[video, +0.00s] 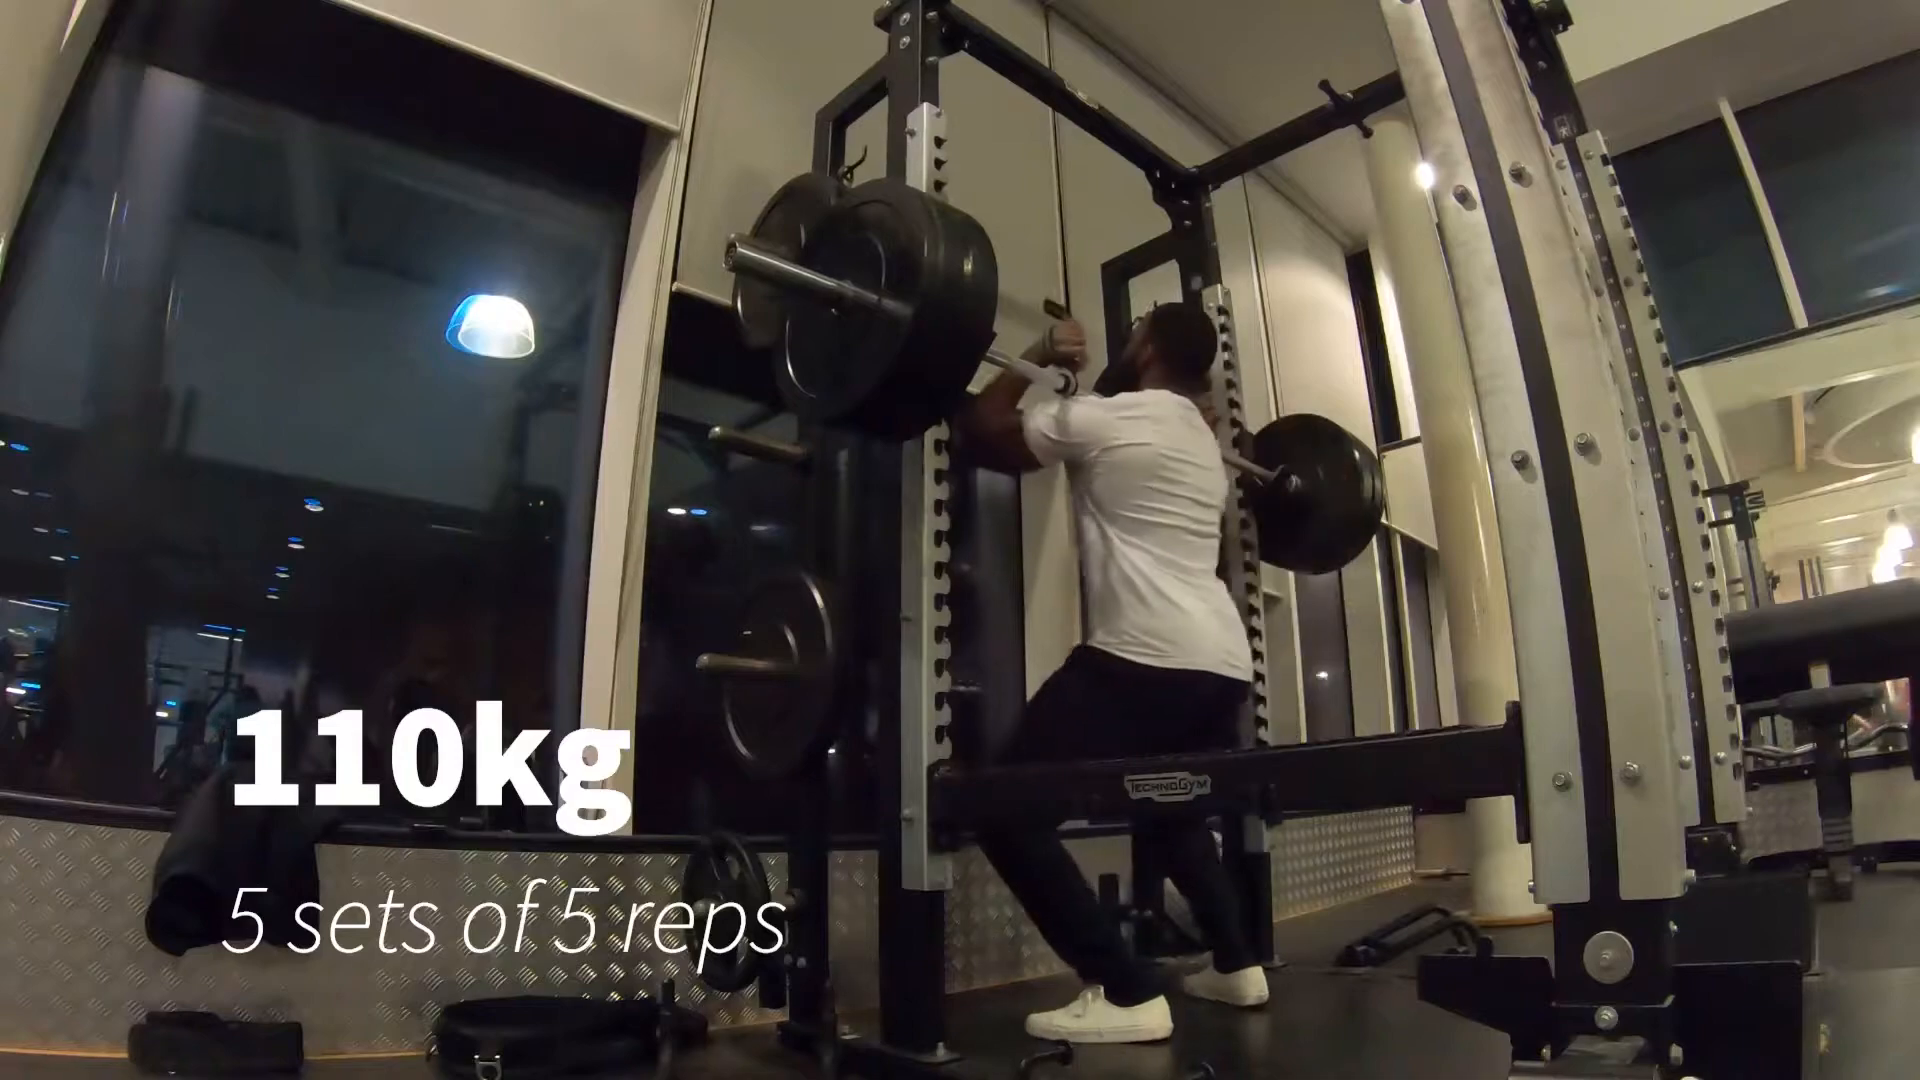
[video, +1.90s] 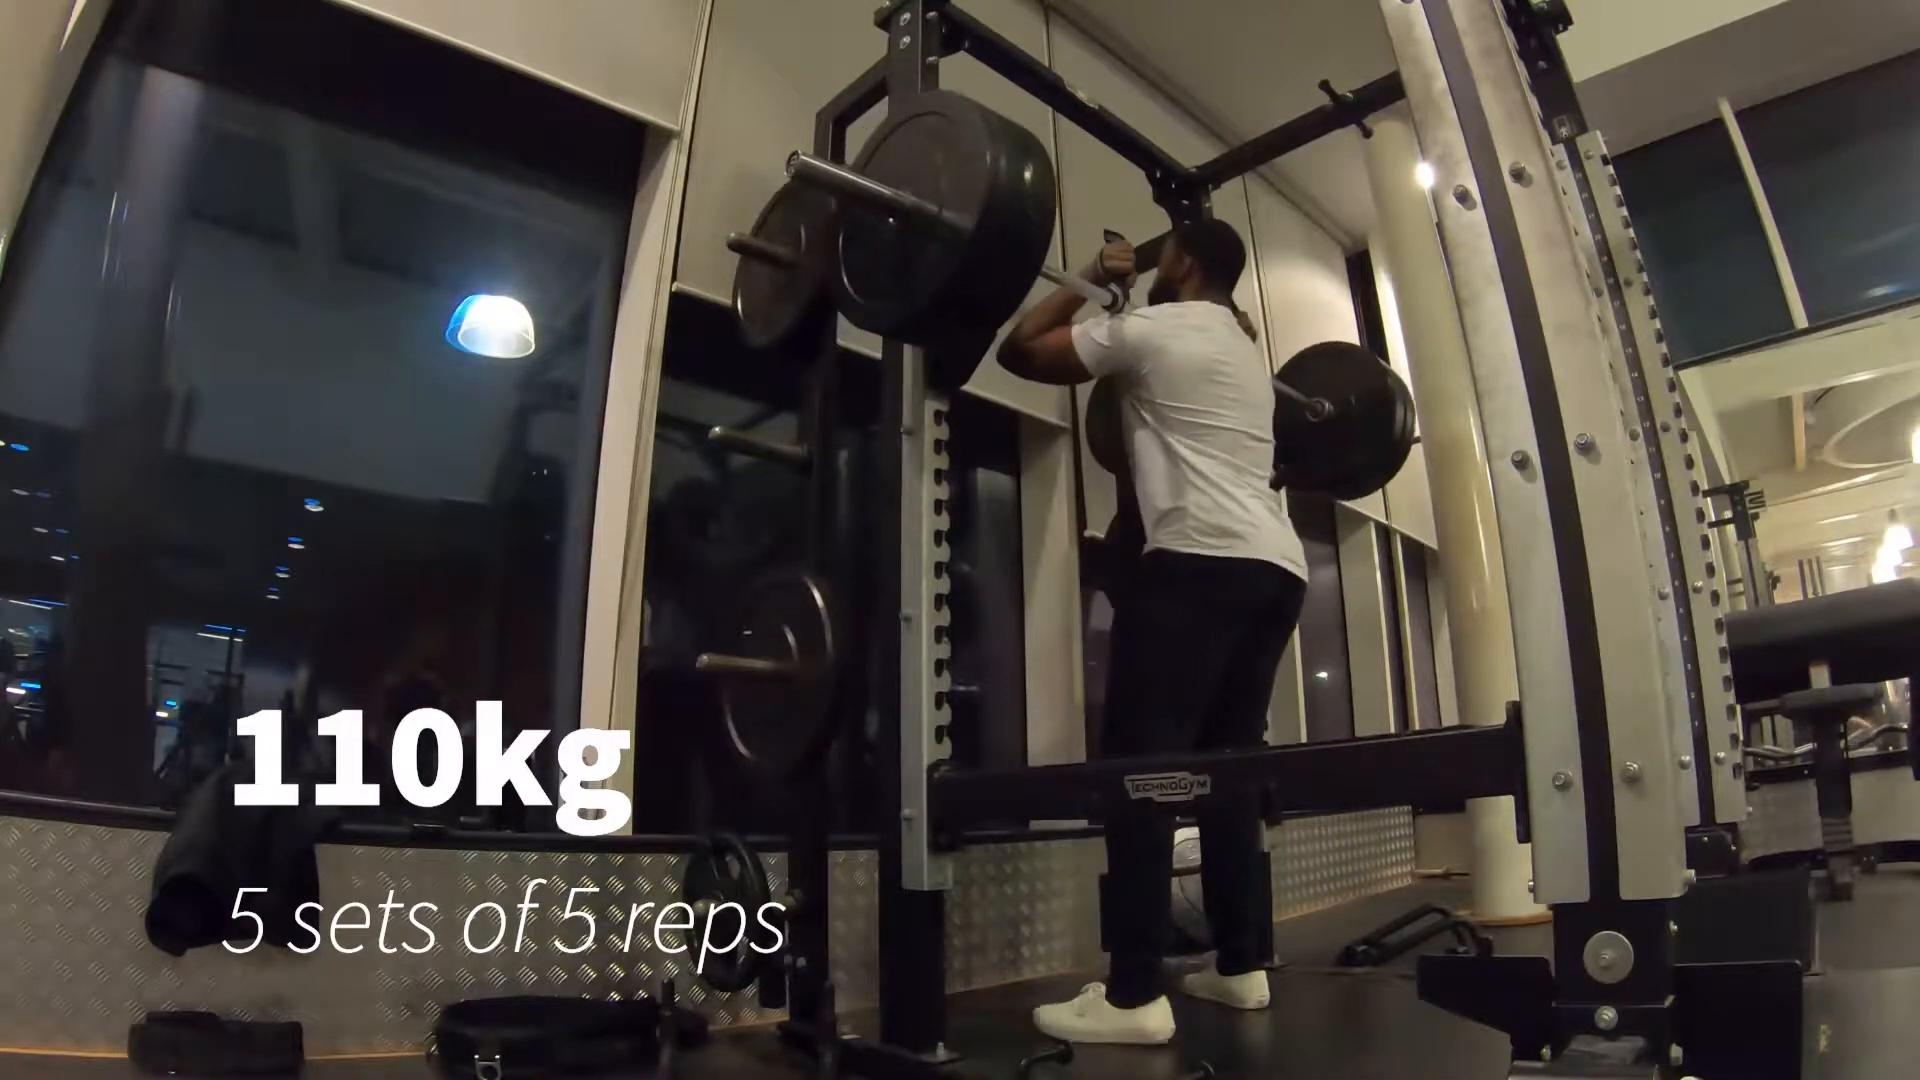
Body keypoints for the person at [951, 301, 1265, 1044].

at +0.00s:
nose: (1124, 347)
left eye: (1133, 336)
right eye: (1133, 337)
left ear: (1145, 349)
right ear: (1197, 369)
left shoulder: (1101, 419)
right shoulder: (1205, 439)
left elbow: (980, 428)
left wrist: (1038, 360)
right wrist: (1069, 380)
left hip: (1131, 662)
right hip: (1221, 673)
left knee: (1004, 808)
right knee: (1169, 805)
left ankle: (1126, 994)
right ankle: (1238, 965)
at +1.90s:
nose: (1155, 263)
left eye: (1163, 252)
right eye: (1163, 253)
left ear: (1183, 260)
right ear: (1227, 275)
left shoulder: (1154, 331)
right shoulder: (1249, 356)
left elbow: (1024, 346)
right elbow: (1119, 448)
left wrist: (1091, 279)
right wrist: (1110, 319)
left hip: (1188, 565)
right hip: (1273, 571)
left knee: (1135, 773)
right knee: (1231, 769)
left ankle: (1132, 994)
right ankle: (1243, 968)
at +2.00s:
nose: (1160, 257)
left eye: (1169, 246)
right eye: (1168, 247)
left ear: (1188, 257)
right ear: (1232, 271)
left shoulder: (1160, 326)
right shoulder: (1256, 349)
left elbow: (1027, 340)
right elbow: (1126, 443)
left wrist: (1093, 276)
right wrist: (1120, 306)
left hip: (1194, 559)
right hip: (1276, 567)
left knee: (1137, 756)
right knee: (1228, 760)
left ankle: (1196, 971)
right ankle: (1242, 964)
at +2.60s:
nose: (1198, 230)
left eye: (1206, 220)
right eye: (1204, 221)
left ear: (1226, 225)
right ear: (1274, 236)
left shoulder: (1201, 293)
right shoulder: (1299, 309)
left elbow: (1056, 323)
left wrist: (1133, 244)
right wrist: (1157, 274)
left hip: (1262, 541)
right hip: (1338, 541)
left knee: (1262, 770)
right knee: (1300, 759)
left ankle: (1301, 1011)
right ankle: (1375, 947)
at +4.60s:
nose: (1227, 288)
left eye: (1236, 277)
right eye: (1233, 279)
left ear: (1259, 284)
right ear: (1309, 298)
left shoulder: (1238, 353)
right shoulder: (1333, 364)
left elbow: (1093, 378)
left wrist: (1164, 312)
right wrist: (1208, 315)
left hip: (1324, 594)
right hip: (1415, 601)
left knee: (1204, 778)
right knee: (1324, 768)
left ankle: (1293, 1012)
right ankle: (1384, 969)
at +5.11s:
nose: (1223, 406)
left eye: (1231, 394)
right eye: (1226, 393)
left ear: (1255, 405)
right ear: (1302, 412)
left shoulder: (1242, 477)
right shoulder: (1334, 476)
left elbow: (1104, 518)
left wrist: (1157, 443)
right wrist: (1214, 436)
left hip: (1363, 695)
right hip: (1455, 703)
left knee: (1167, 795)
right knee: (1309, 785)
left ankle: (1293, 1012)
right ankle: (1384, 972)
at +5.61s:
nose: (1222, 511)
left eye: (1229, 500)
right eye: (1225, 499)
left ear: (1260, 508)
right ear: (1310, 512)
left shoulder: (1245, 588)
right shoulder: (1337, 573)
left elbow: (1111, 639)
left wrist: (1174, 542)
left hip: (1385, 828)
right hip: (1460, 830)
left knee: (1156, 821)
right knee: (1307, 783)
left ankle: (1293, 1013)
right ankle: (1383, 972)